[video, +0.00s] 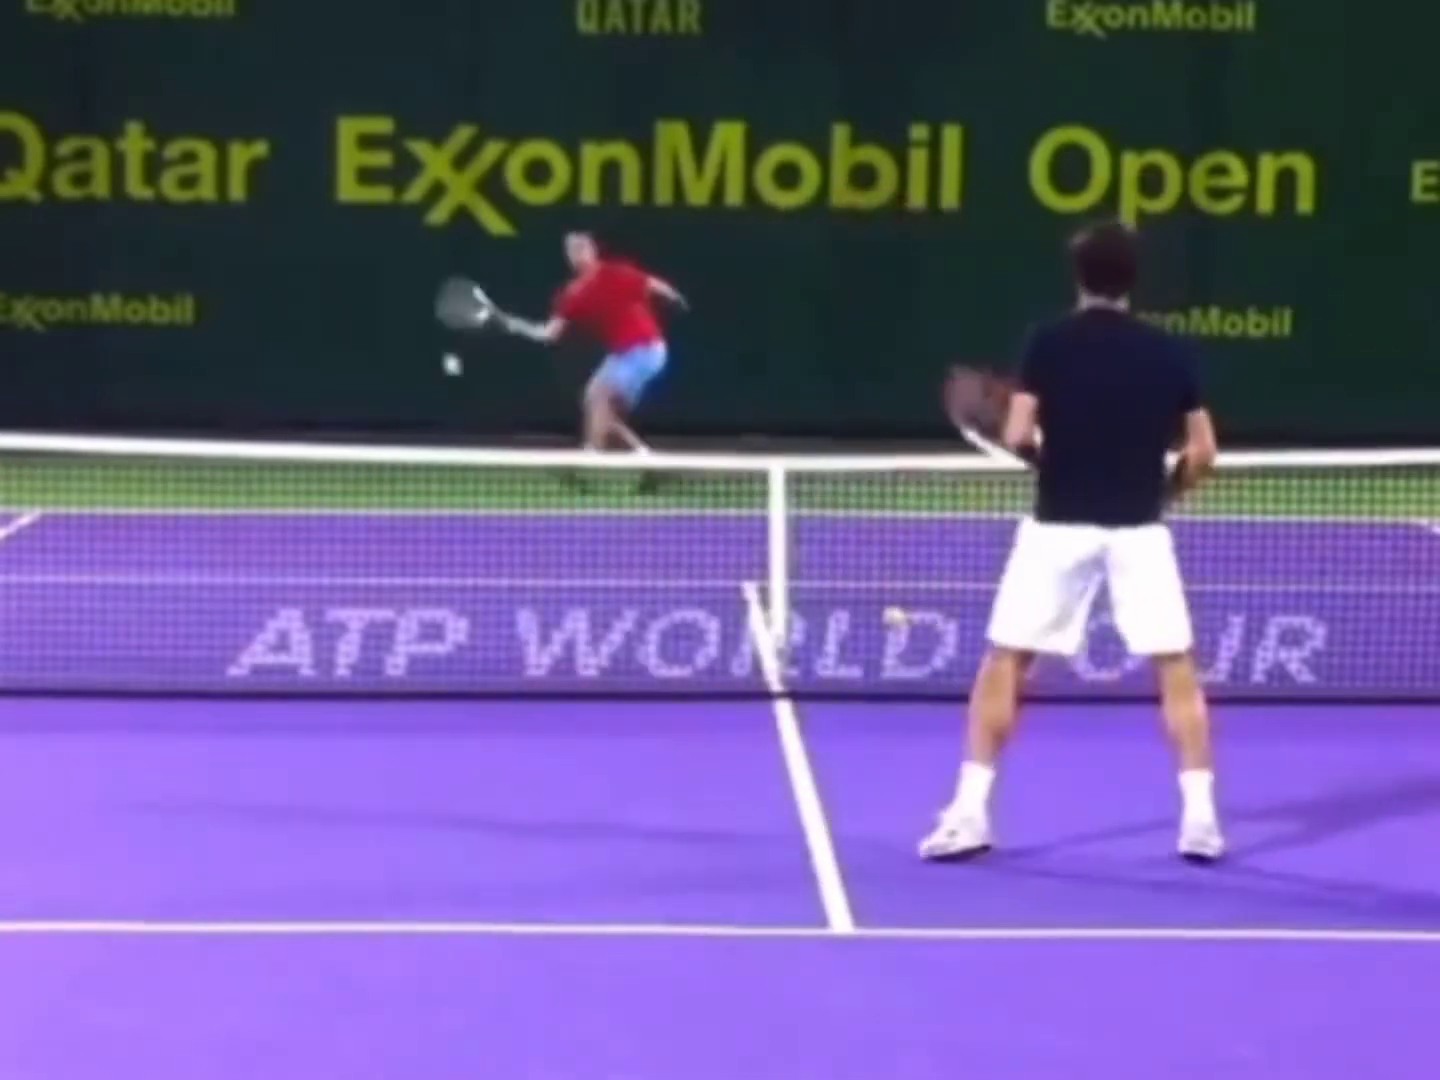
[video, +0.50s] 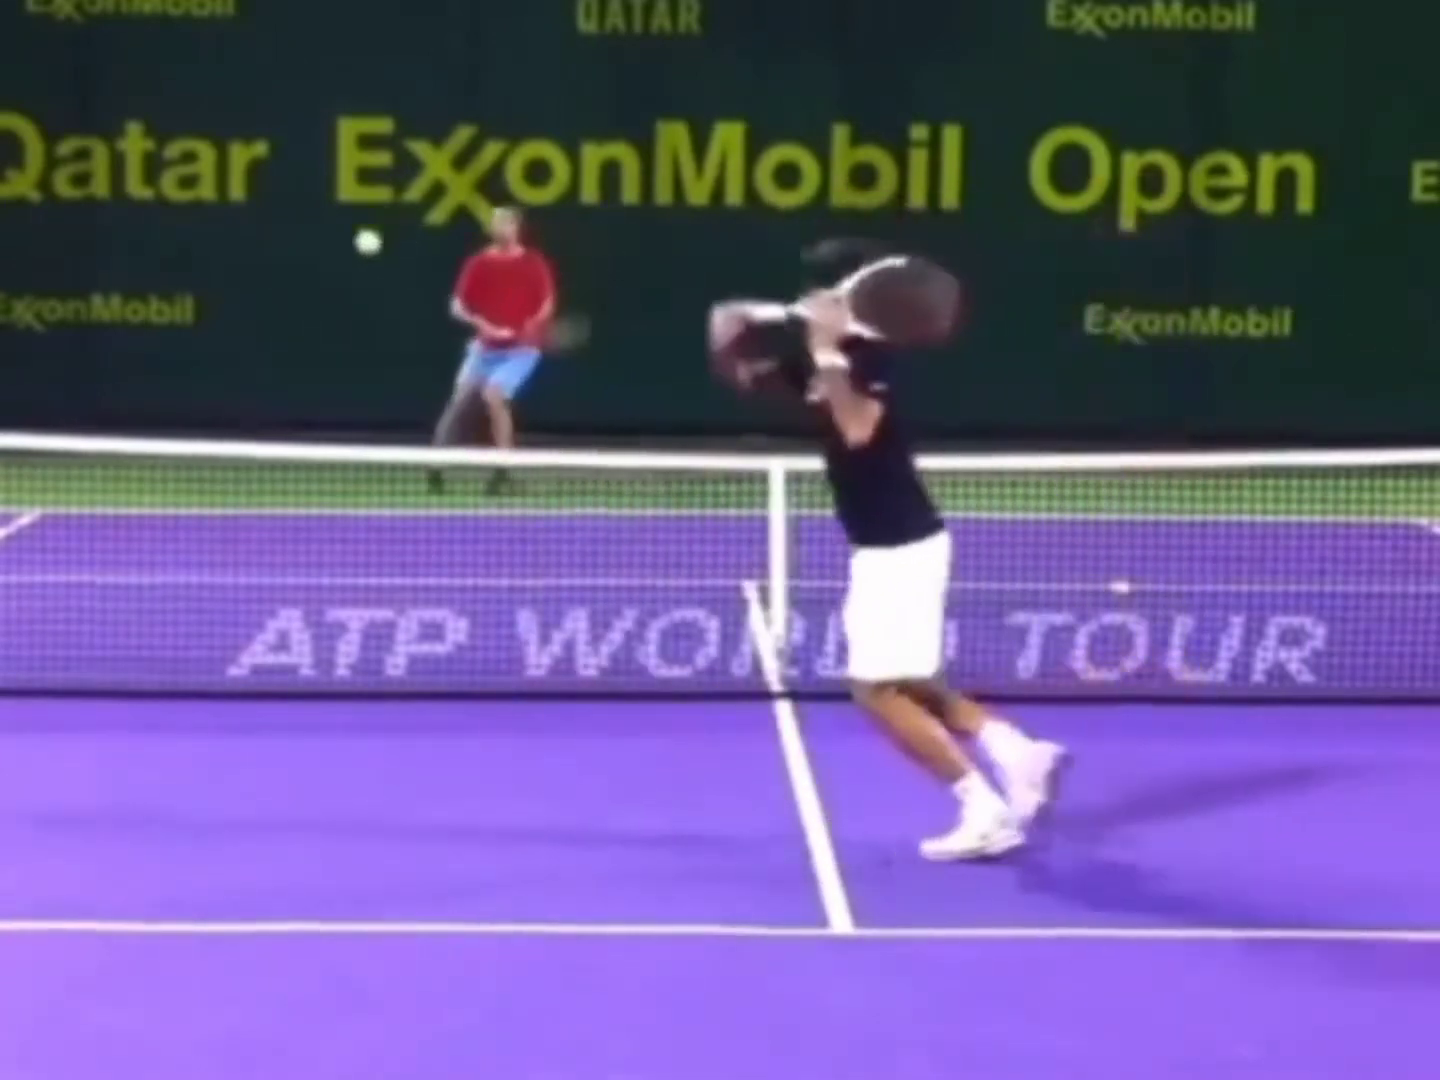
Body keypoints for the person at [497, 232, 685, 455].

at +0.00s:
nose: (578, 255)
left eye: (582, 248)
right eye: (572, 250)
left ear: (593, 249)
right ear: (567, 255)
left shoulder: (618, 272)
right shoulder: (572, 293)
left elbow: (657, 287)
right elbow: (550, 333)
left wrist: (678, 300)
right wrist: (511, 324)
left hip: (647, 347)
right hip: (621, 353)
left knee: (598, 392)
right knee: (600, 409)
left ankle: (592, 454)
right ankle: (643, 453)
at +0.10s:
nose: (557, 246)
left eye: (562, 239)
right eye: (553, 240)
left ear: (572, 242)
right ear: (548, 244)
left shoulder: (595, 267)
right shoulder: (551, 277)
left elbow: (638, 290)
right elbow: (527, 305)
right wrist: (531, 279)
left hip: (602, 353)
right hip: (584, 354)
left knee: (554, 401)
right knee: (567, 423)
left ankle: (533, 463)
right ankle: (623, 455)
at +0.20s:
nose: (543, 250)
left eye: (548, 245)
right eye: (539, 245)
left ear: (560, 246)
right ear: (534, 247)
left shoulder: (579, 273)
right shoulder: (532, 272)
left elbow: (611, 303)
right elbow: (503, 290)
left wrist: (592, 301)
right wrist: (527, 269)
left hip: (568, 353)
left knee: (518, 400)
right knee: (532, 425)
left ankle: (516, 466)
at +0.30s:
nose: (530, 235)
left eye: (536, 229)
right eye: (526, 229)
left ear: (544, 234)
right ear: (518, 233)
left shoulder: (559, 268)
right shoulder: (508, 265)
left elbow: (583, 306)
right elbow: (485, 295)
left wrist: (565, 317)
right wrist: (520, 286)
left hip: (552, 346)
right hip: (521, 346)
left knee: (508, 397)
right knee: (492, 407)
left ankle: (519, 458)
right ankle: (529, 452)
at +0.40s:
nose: (512, 231)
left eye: (518, 225)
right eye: (509, 225)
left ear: (529, 229)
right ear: (505, 228)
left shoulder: (546, 262)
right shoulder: (493, 259)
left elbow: (560, 306)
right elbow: (470, 299)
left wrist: (541, 316)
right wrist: (505, 312)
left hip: (536, 342)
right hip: (502, 340)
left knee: (500, 391)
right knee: (474, 394)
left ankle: (513, 462)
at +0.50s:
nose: (502, 230)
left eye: (507, 224)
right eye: (498, 224)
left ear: (517, 228)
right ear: (491, 228)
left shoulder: (534, 262)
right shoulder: (480, 262)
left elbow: (548, 301)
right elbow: (457, 305)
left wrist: (531, 325)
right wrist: (486, 328)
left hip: (522, 345)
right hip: (486, 344)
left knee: (494, 393)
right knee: (462, 395)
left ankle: (504, 462)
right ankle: (436, 456)